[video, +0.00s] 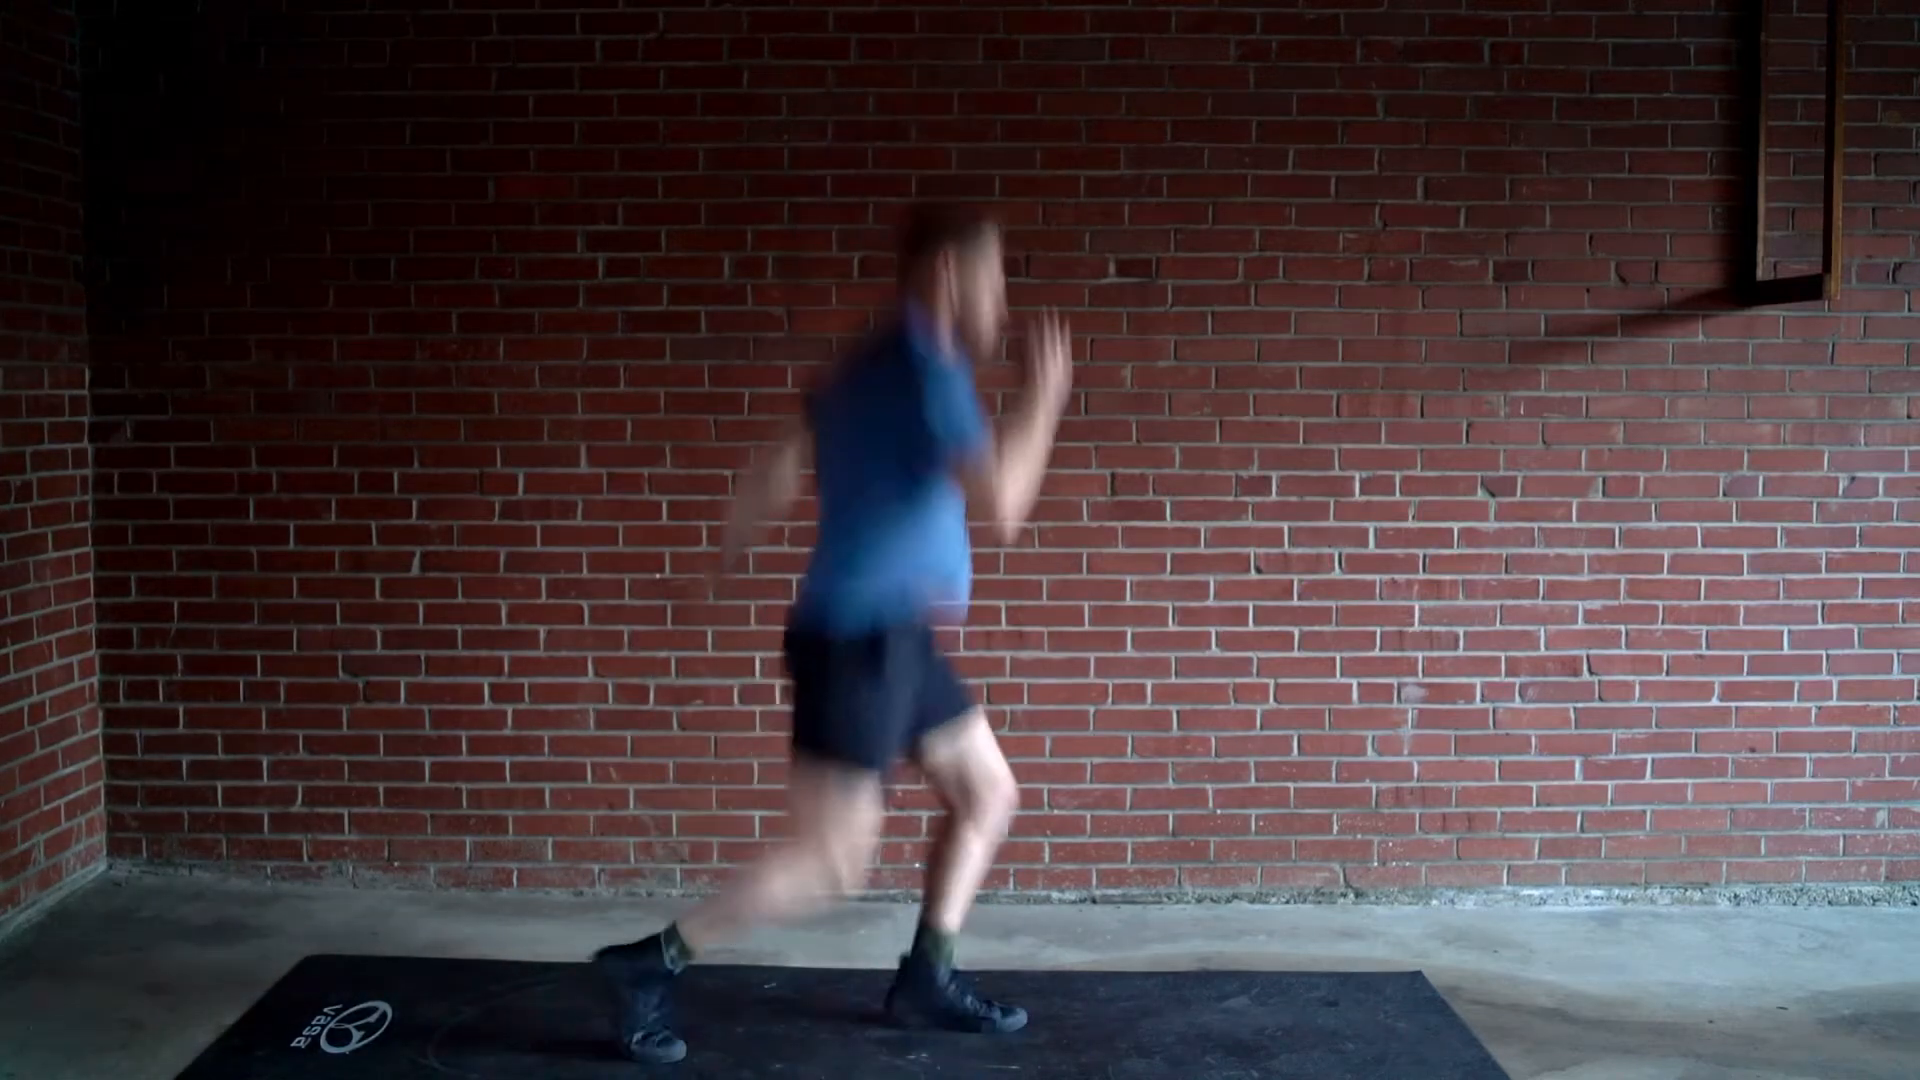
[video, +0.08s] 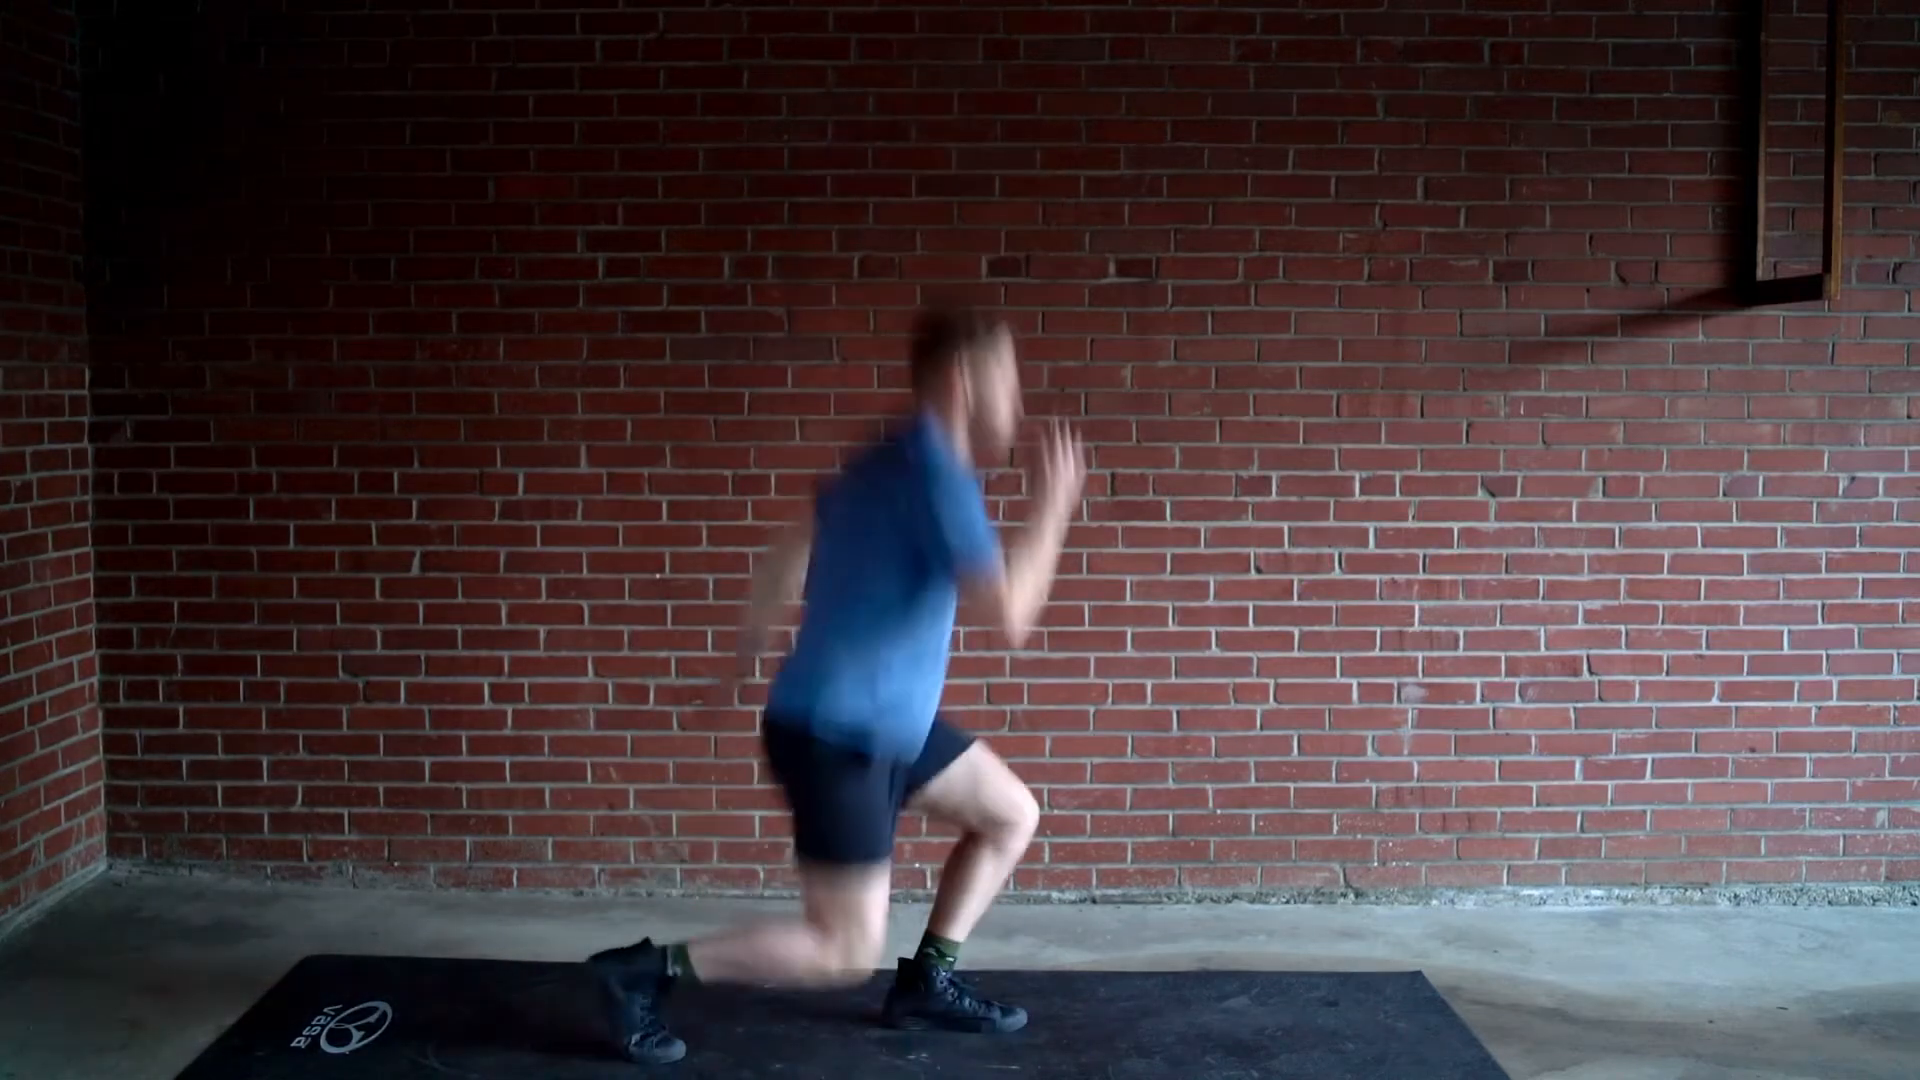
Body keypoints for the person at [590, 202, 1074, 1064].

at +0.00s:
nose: (1003, 294)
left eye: (1001, 275)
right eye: (991, 275)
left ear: (935, 274)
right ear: (943, 271)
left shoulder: (873, 358)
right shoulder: (926, 365)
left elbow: (780, 452)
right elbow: (1003, 506)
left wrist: (736, 535)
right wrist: (1046, 392)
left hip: (896, 630)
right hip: (850, 634)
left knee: (988, 792)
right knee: (833, 859)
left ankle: (928, 976)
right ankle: (649, 963)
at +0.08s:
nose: (1018, 391)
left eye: (1015, 371)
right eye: (1006, 372)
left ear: (944, 378)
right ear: (962, 377)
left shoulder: (888, 459)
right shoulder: (932, 470)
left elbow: (792, 544)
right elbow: (1013, 613)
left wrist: (759, 623)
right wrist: (1053, 504)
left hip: (888, 718)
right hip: (835, 726)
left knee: (1010, 814)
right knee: (847, 947)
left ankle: (929, 979)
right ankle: (647, 970)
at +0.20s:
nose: (1033, 500)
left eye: (1031, 483)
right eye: (1022, 482)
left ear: (969, 491)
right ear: (978, 490)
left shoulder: (897, 553)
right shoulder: (945, 578)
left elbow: (795, 630)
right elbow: (1026, 722)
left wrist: (754, 724)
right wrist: (1064, 605)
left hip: (858, 782)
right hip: (809, 805)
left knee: (1011, 819)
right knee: (869, 1016)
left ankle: (931, 978)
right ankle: (673, 973)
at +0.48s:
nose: (1030, 454)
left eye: (1025, 437)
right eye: (1017, 438)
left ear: (967, 454)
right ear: (971, 452)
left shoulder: (933, 522)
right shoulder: (942, 531)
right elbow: (1013, 677)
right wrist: (1061, 567)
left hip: (871, 750)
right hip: (809, 762)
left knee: (1009, 818)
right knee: (859, 980)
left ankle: (930, 981)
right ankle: (656, 971)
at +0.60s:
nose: (1006, 327)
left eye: (1001, 307)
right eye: (990, 307)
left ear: (953, 316)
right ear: (944, 314)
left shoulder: (949, 410)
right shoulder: (921, 398)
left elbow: (939, 526)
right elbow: (925, 524)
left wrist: (1039, 507)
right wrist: (1046, 511)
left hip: (891, 670)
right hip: (826, 667)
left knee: (991, 801)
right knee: (812, 877)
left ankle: (928, 978)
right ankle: (624, 972)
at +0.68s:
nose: (980, 179)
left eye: (978, 160)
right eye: (964, 160)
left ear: (939, 167)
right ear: (916, 165)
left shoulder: (933, 265)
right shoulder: (890, 250)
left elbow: (925, 398)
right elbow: (869, 381)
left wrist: (1002, 410)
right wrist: (913, 505)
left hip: (901, 531)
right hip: (853, 529)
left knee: (897, 730)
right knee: (780, 732)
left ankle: (921, 912)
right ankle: (682, 903)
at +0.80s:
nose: (984, 104)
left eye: (983, 86)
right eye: (972, 85)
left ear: (933, 91)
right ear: (922, 88)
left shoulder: (924, 191)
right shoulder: (886, 174)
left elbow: (962, 334)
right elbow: (806, 295)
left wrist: (1036, 257)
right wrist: (731, 413)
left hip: (898, 442)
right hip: (861, 442)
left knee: (887, 649)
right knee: (849, 657)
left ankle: (777, 834)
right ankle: (767, 849)